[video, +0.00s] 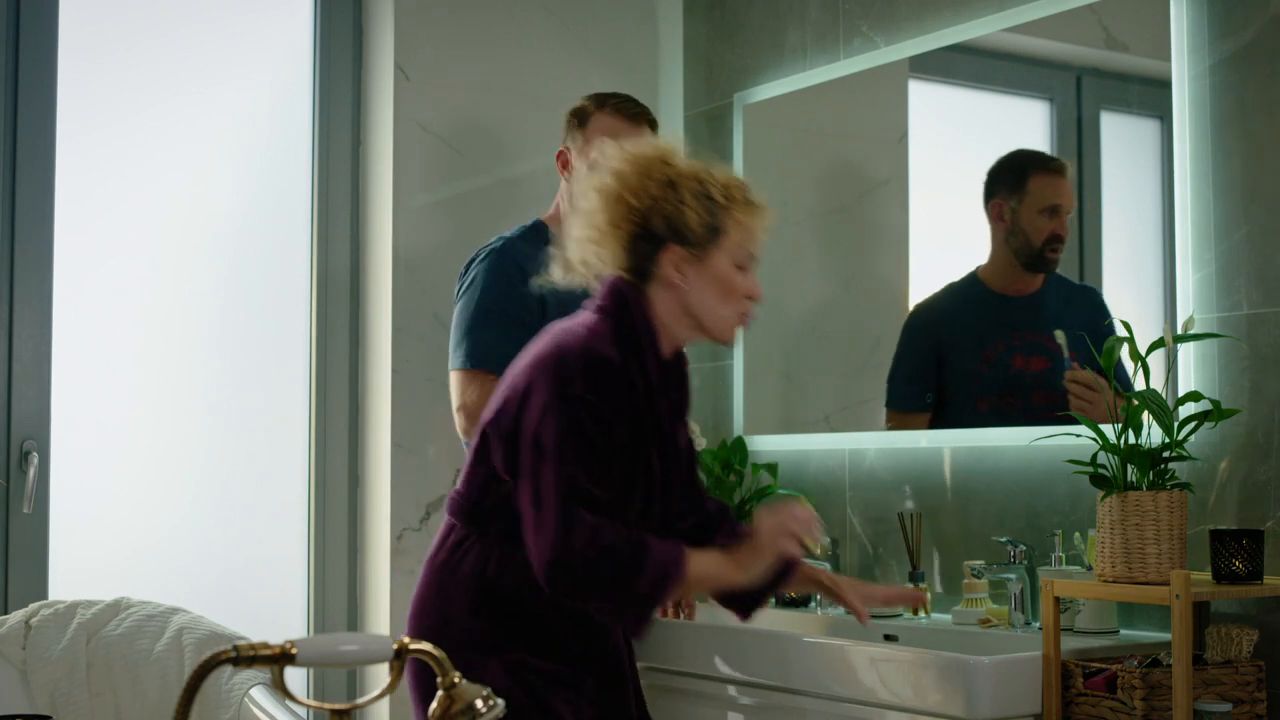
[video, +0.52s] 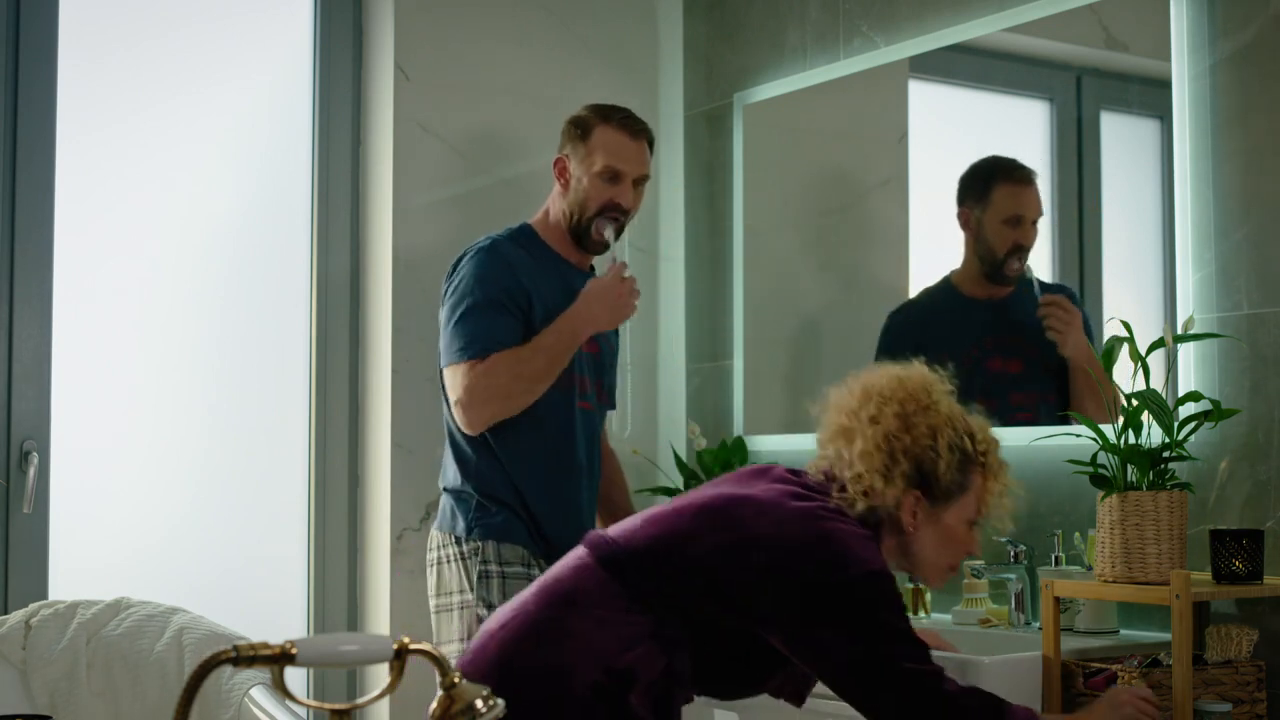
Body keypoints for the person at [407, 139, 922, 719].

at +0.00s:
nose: (756, 291)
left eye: (754, 268)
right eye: (741, 266)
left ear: (683, 270)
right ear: (675, 264)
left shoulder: (657, 368)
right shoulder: (572, 365)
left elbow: (682, 517)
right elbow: (568, 554)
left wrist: (824, 583)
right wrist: (726, 569)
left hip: (572, 648)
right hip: (483, 657)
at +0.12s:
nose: (823, 350)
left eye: (823, 327)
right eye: (812, 325)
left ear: (749, 325)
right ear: (746, 322)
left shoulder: (701, 403)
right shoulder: (643, 398)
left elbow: (729, 543)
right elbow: (646, 586)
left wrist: (844, 609)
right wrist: (812, 632)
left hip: (567, 652)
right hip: (489, 662)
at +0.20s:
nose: (869, 397)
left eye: (870, 375)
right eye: (858, 370)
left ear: (794, 366)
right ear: (791, 363)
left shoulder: (726, 434)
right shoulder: (680, 431)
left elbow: (750, 574)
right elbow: (720, 619)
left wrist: (884, 638)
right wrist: (879, 667)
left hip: (569, 666)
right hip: (495, 674)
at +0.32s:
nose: (917, 467)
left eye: (921, 444)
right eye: (909, 442)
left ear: (842, 428)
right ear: (846, 429)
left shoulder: (745, 452)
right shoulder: (743, 482)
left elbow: (753, 617)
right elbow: (819, 666)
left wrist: (855, 635)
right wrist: (974, 698)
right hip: (522, 689)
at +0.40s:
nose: (947, 507)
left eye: (950, 483)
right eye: (940, 481)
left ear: (873, 460)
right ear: (878, 467)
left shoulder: (755, 475)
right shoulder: (787, 516)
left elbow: (739, 646)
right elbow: (875, 687)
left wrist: (863, 644)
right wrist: (1030, 707)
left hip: (499, 672)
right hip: (538, 693)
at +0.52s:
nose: (973, 547)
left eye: (978, 524)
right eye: (970, 522)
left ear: (905, 497)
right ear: (909, 505)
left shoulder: (791, 497)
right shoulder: (827, 550)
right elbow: (915, 698)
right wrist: (1071, 719)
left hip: (526, 666)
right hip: (567, 691)